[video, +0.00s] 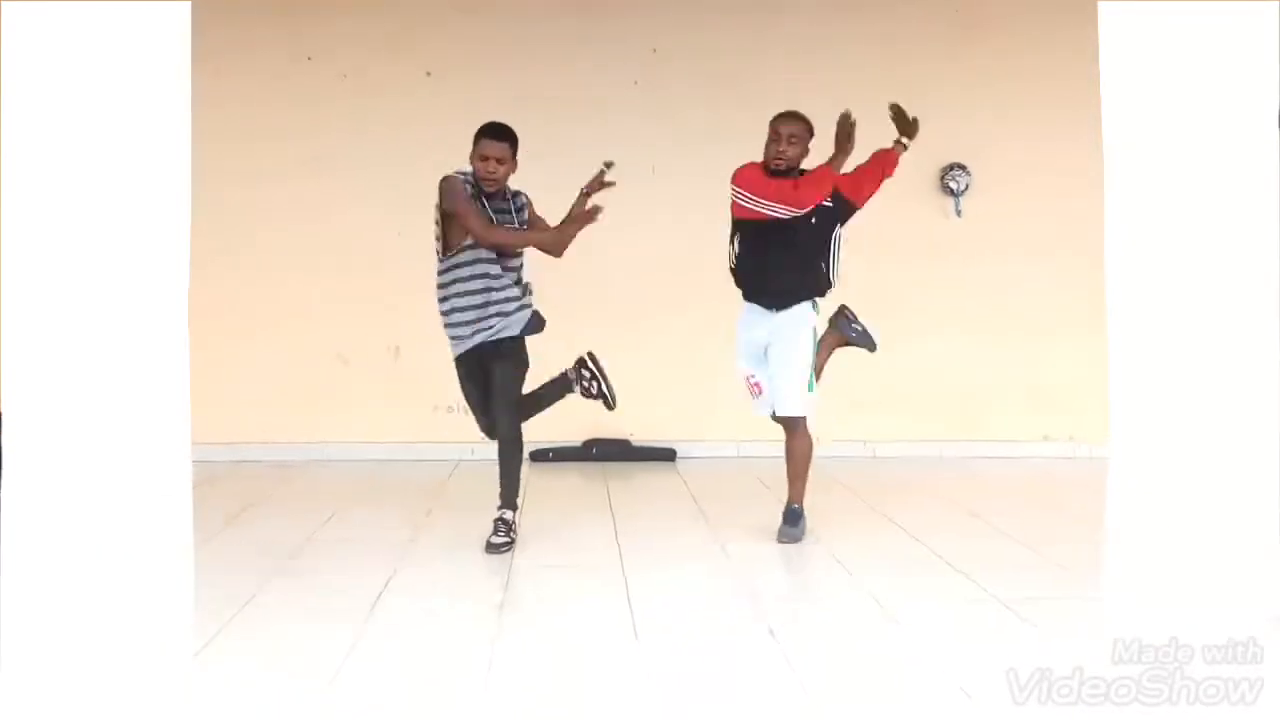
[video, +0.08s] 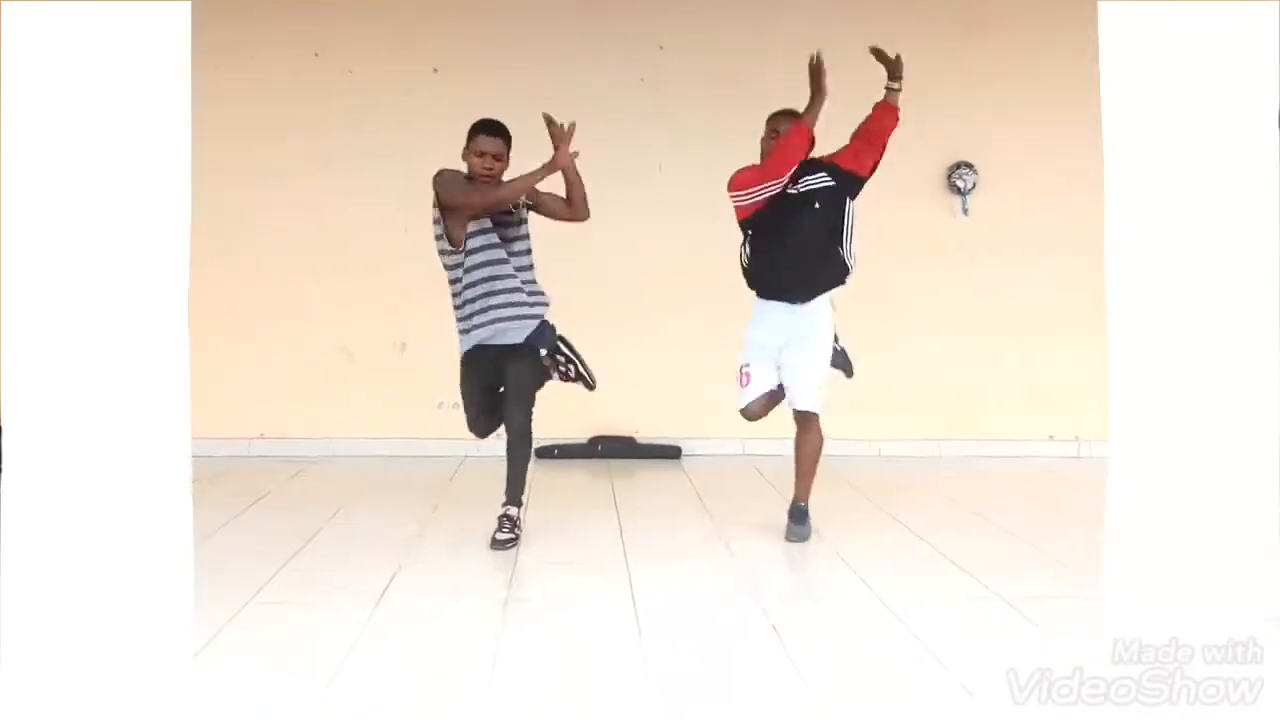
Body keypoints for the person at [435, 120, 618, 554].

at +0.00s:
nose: (491, 168)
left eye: (500, 161)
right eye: (483, 159)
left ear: (513, 164)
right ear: (472, 158)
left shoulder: (519, 205)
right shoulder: (454, 187)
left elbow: (556, 245)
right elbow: (484, 234)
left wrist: (582, 202)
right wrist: (543, 236)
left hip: (506, 325)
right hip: (463, 332)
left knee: (506, 419)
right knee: (491, 425)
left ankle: (506, 512)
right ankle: (572, 379)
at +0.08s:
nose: (488, 164)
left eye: (497, 157)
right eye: (481, 155)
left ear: (507, 161)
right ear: (465, 154)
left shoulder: (517, 193)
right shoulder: (446, 182)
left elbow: (577, 211)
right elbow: (486, 199)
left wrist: (566, 163)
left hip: (526, 325)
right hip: (476, 332)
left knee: (518, 414)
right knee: (480, 424)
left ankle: (512, 508)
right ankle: (544, 363)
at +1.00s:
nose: (412, 168)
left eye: (422, 162)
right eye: (405, 159)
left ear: (436, 166)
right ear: (393, 160)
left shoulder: (452, 206)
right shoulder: (376, 190)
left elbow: (469, 270)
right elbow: (412, 219)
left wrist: (465, 323)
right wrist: (476, 200)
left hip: (457, 335)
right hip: (405, 340)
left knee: (473, 417)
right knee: (383, 422)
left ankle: (484, 509)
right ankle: (393, 511)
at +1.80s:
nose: (443, 151)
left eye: (452, 144)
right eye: (437, 144)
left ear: (473, 149)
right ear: (432, 146)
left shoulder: (489, 201)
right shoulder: (422, 175)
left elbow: (513, 260)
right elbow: (378, 154)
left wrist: (486, 301)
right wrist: (395, 100)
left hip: (446, 310)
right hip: (401, 312)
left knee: (464, 407)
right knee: (405, 408)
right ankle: (424, 492)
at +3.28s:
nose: (520, 173)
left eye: (532, 172)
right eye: (518, 169)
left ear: (546, 194)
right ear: (509, 183)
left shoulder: (537, 243)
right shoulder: (487, 216)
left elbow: (536, 309)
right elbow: (448, 250)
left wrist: (526, 372)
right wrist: (395, 259)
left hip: (457, 333)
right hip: (418, 317)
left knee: (466, 408)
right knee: (412, 403)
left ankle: (506, 486)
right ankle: (453, 482)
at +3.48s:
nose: (511, 175)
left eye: (520, 175)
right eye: (506, 173)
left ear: (532, 196)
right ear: (496, 191)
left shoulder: (540, 232)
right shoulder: (477, 229)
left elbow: (536, 288)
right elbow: (442, 279)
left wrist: (527, 335)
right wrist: (383, 286)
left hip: (485, 324)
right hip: (438, 319)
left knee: (494, 406)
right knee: (428, 406)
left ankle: (523, 479)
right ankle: (465, 481)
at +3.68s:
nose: (456, 162)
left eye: (462, 158)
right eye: (449, 163)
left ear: (479, 173)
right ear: (446, 186)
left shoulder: (510, 196)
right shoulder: (450, 227)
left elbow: (538, 231)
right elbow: (421, 287)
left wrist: (547, 251)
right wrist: (366, 310)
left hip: (519, 297)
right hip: (468, 310)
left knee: (531, 386)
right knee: (461, 392)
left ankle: (533, 467)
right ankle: (469, 469)